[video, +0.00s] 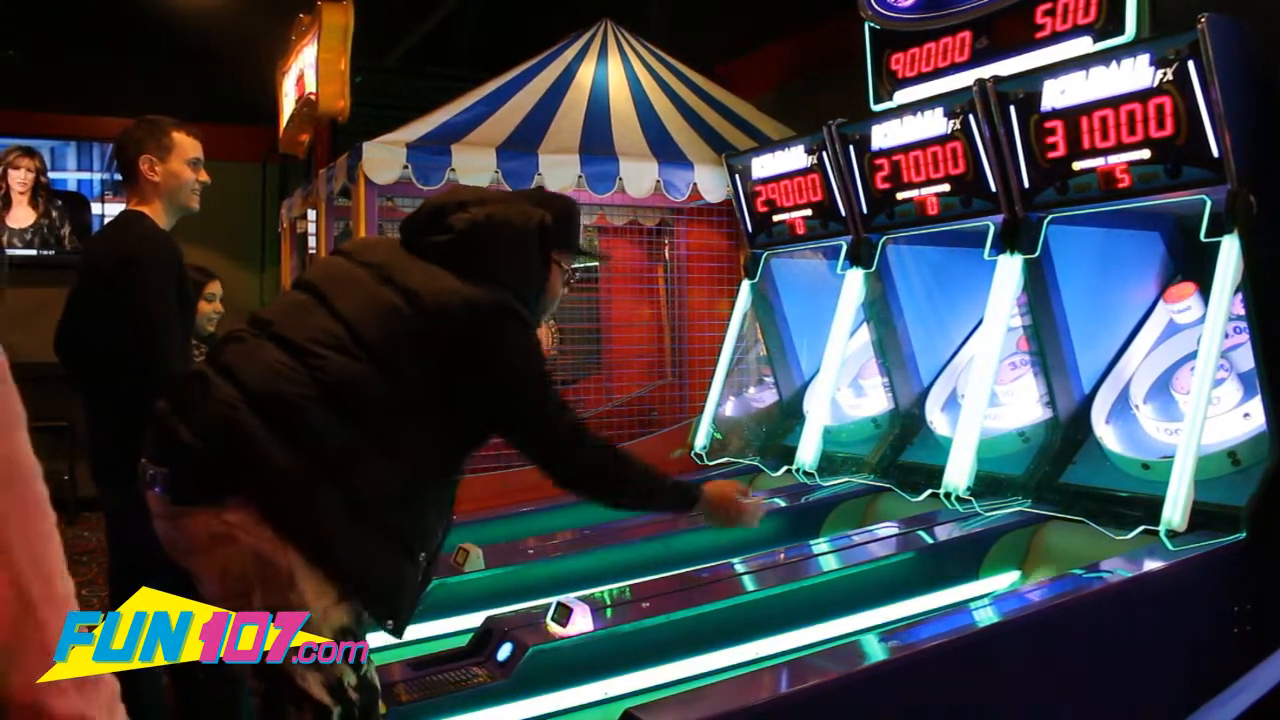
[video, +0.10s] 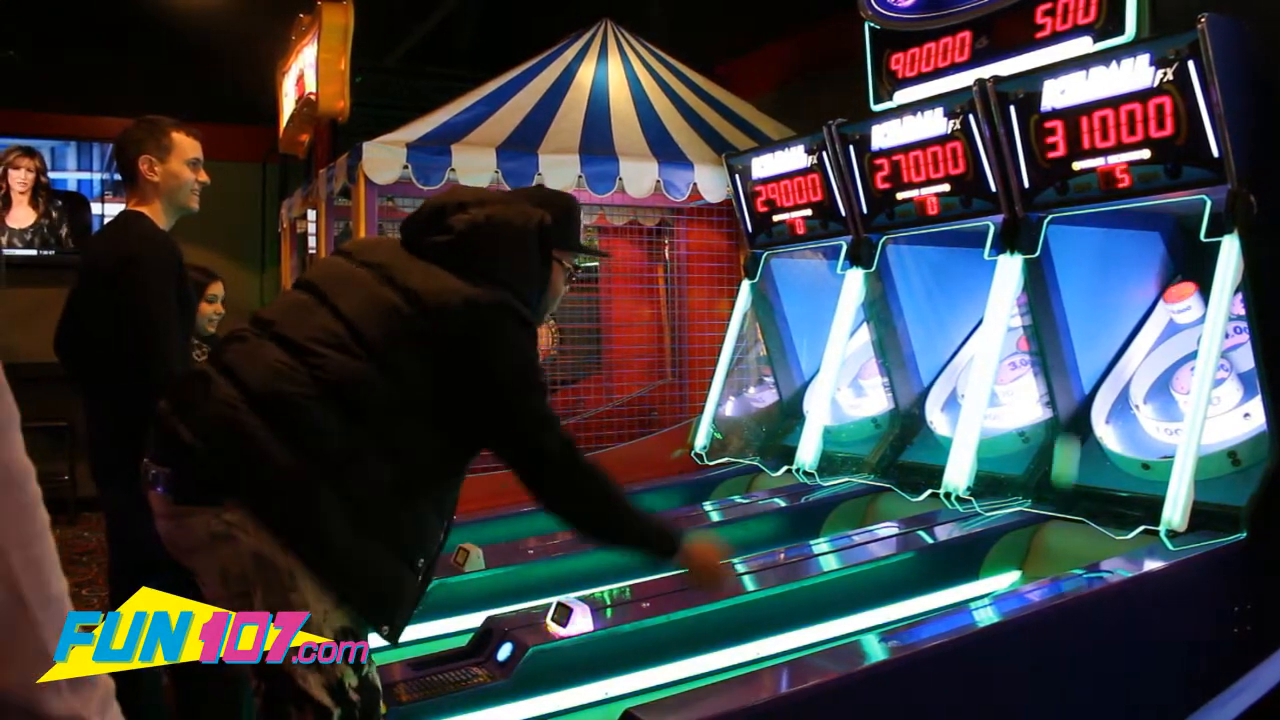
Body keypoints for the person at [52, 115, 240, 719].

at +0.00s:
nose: (204, 177)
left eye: (202, 164)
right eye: (194, 164)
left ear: (147, 172)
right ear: (150, 169)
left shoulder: (109, 241)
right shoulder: (153, 248)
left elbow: (70, 343)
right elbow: (168, 364)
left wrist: (117, 397)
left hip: (115, 447)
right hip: (150, 454)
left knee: (133, 583)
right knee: (165, 590)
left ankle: (140, 700)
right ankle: (170, 702)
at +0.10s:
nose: (204, 177)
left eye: (202, 165)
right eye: (193, 164)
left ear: (147, 172)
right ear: (150, 169)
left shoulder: (109, 241)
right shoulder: (153, 248)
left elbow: (70, 342)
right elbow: (167, 364)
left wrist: (116, 397)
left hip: (115, 446)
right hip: (150, 453)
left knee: (133, 581)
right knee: (164, 588)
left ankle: (138, 700)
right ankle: (168, 703)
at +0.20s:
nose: (203, 177)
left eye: (202, 165)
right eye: (193, 164)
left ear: (147, 171)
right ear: (149, 168)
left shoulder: (110, 241)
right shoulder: (152, 248)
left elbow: (70, 341)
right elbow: (166, 363)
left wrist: (116, 397)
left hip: (116, 447)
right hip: (149, 454)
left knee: (133, 584)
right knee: (165, 591)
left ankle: (132, 703)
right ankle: (166, 703)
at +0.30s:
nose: (204, 177)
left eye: (202, 165)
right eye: (193, 164)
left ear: (147, 171)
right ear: (150, 168)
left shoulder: (113, 241)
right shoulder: (151, 248)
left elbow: (71, 341)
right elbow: (166, 363)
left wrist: (120, 397)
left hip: (118, 447)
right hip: (149, 455)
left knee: (136, 585)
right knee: (165, 591)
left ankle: (133, 703)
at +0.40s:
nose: (205, 176)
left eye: (203, 164)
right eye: (194, 163)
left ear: (148, 171)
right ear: (150, 168)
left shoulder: (112, 241)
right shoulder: (154, 248)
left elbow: (73, 341)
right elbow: (167, 365)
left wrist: (118, 402)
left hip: (119, 447)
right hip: (152, 453)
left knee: (135, 589)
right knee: (172, 594)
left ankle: (133, 704)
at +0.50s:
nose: (204, 176)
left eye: (203, 164)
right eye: (193, 163)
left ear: (147, 171)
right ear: (149, 168)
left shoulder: (113, 241)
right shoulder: (151, 250)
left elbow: (74, 341)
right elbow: (166, 367)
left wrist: (119, 408)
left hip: (120, 449)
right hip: (151, 456)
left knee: (137, 594)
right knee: (171, 596)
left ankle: (135, 705)